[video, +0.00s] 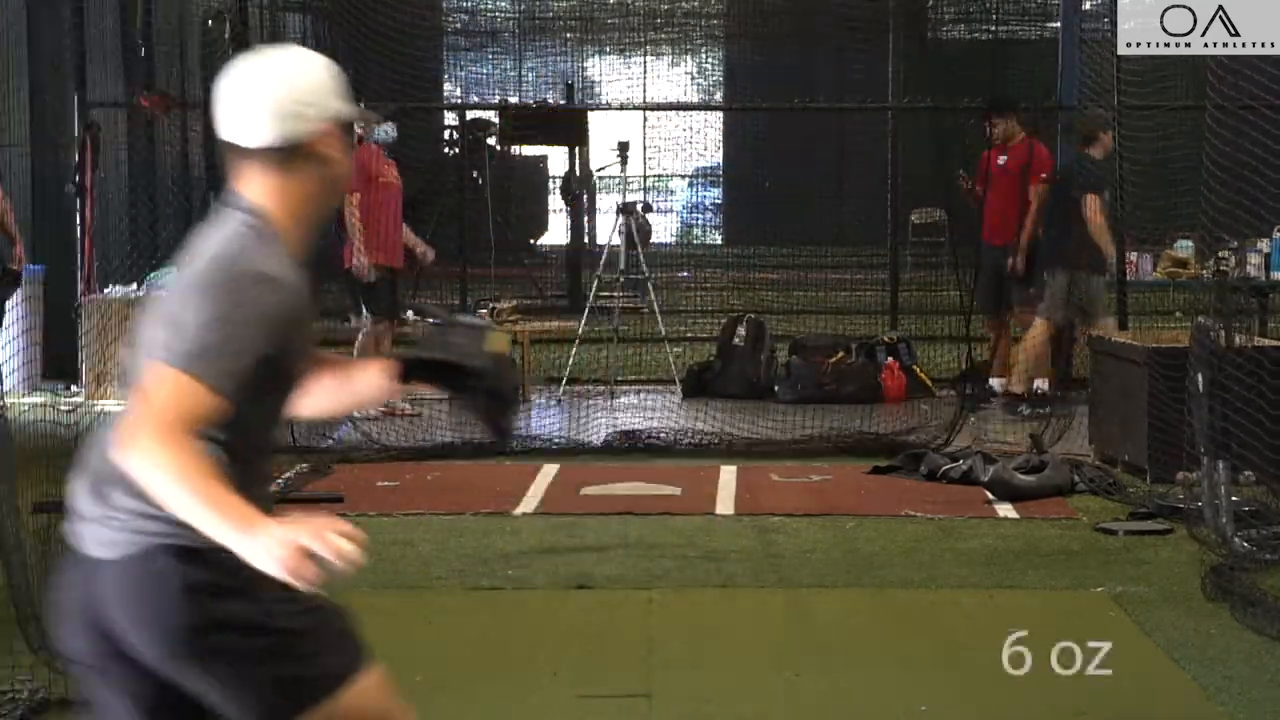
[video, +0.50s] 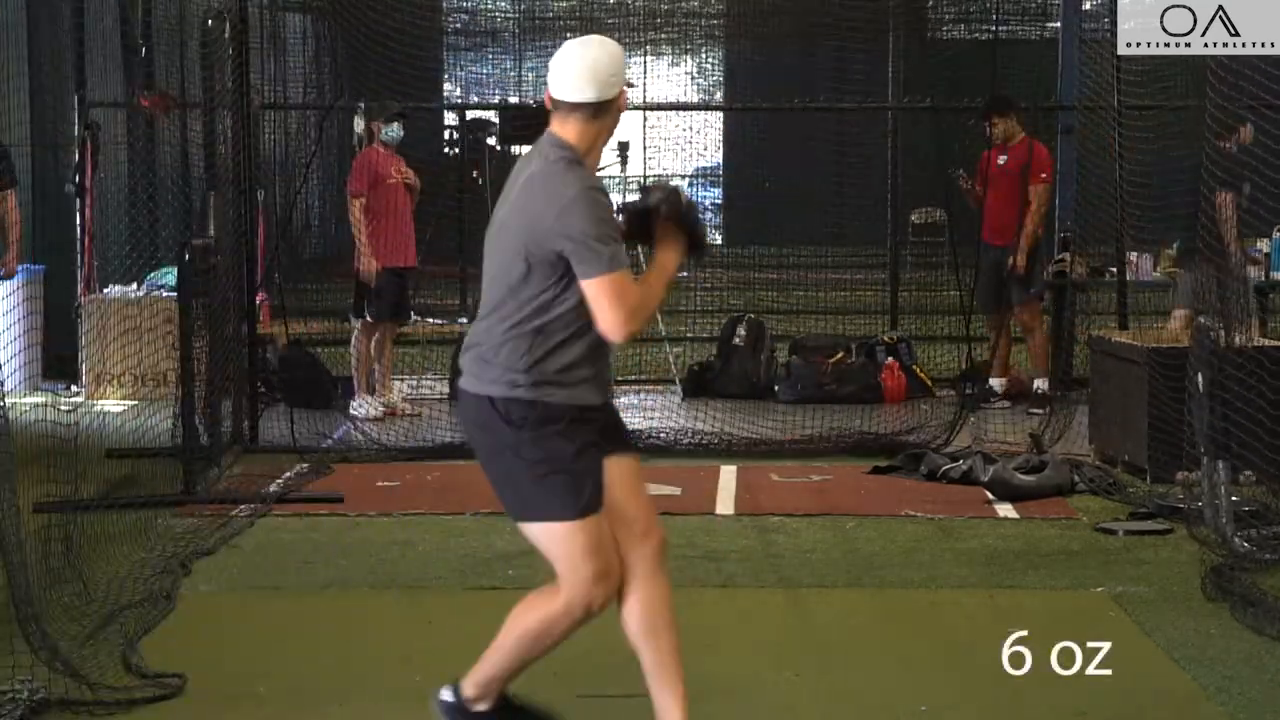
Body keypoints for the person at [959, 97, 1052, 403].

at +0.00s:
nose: (992, 131)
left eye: (997, 125)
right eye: (990, 125)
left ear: (1012, 122)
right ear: (992, 126)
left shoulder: (1036, 153)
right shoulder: (990, 155)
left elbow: (1036, 204)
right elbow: (984, 198)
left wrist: (1022, 250)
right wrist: (971, 192)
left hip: (1021, 246)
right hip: (992, 245)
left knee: (1026, 315)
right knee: (996, 318)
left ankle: (1040, 380)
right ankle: (998, 381)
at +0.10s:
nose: (991, 131)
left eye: (996, 125)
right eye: (989, 125)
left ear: (1012, 122)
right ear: (992, 126)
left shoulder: (1036, 153)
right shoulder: (990, 155)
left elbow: (1036, 204)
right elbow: (984, 200)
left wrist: (1022, 250)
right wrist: (972, 192)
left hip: (1021, 246)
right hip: (992, 245)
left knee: (1028, 316)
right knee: (996, 317)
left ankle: (1041, 381)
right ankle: (998, 381)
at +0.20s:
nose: (991, 131)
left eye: (996, 125)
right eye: (989, 125)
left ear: (1012, 122)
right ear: (992, 126)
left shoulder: (1036, 154)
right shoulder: (989, 156)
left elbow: (1037, 206)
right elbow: (982, 201)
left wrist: (1023, 249)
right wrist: (970, 191)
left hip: (1022, 246)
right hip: (992, 246)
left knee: (1028, 317)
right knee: (996, 318)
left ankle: (1043, 381)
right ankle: (998, 383)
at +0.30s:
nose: (991, 131)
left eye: (996, 125)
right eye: (990, 125)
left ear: (1012, 122)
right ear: (992, 126)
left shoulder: (1036, 153)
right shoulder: (989, 156)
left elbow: (1037, 205)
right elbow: (981, 200)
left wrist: (1023, 249)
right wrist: (970, 191)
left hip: (1023, 246)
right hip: (993, 246)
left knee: (1028, 318)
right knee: (996, 319)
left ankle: (1041, 383)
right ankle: (998, 383)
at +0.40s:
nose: (992, 130)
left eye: (996, 123)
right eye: (989, 124)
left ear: (1013, 121)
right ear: (991, 125)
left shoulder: (1036, 153)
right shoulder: (989, 156)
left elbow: (1038, 206)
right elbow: (982, 201)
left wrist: (1023, 249)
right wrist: (970, 191)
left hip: (1023, 246)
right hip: (992, 246)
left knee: (1028, 318)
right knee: (996, 318)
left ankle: (1041, 385)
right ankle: (997, 384)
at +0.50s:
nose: (991, 130)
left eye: (996, 123)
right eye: (989, 124)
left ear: (1013, 121)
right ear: (991, 125)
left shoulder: (1036, 153)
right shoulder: (989, 156)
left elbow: (1038, 206)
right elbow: (982, 201)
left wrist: (1023, 249)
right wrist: (970, 191)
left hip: (1023, 247)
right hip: (992, 246)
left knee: (1029, 318)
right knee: (995, 319)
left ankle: (1041, 386)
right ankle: (997, 385)